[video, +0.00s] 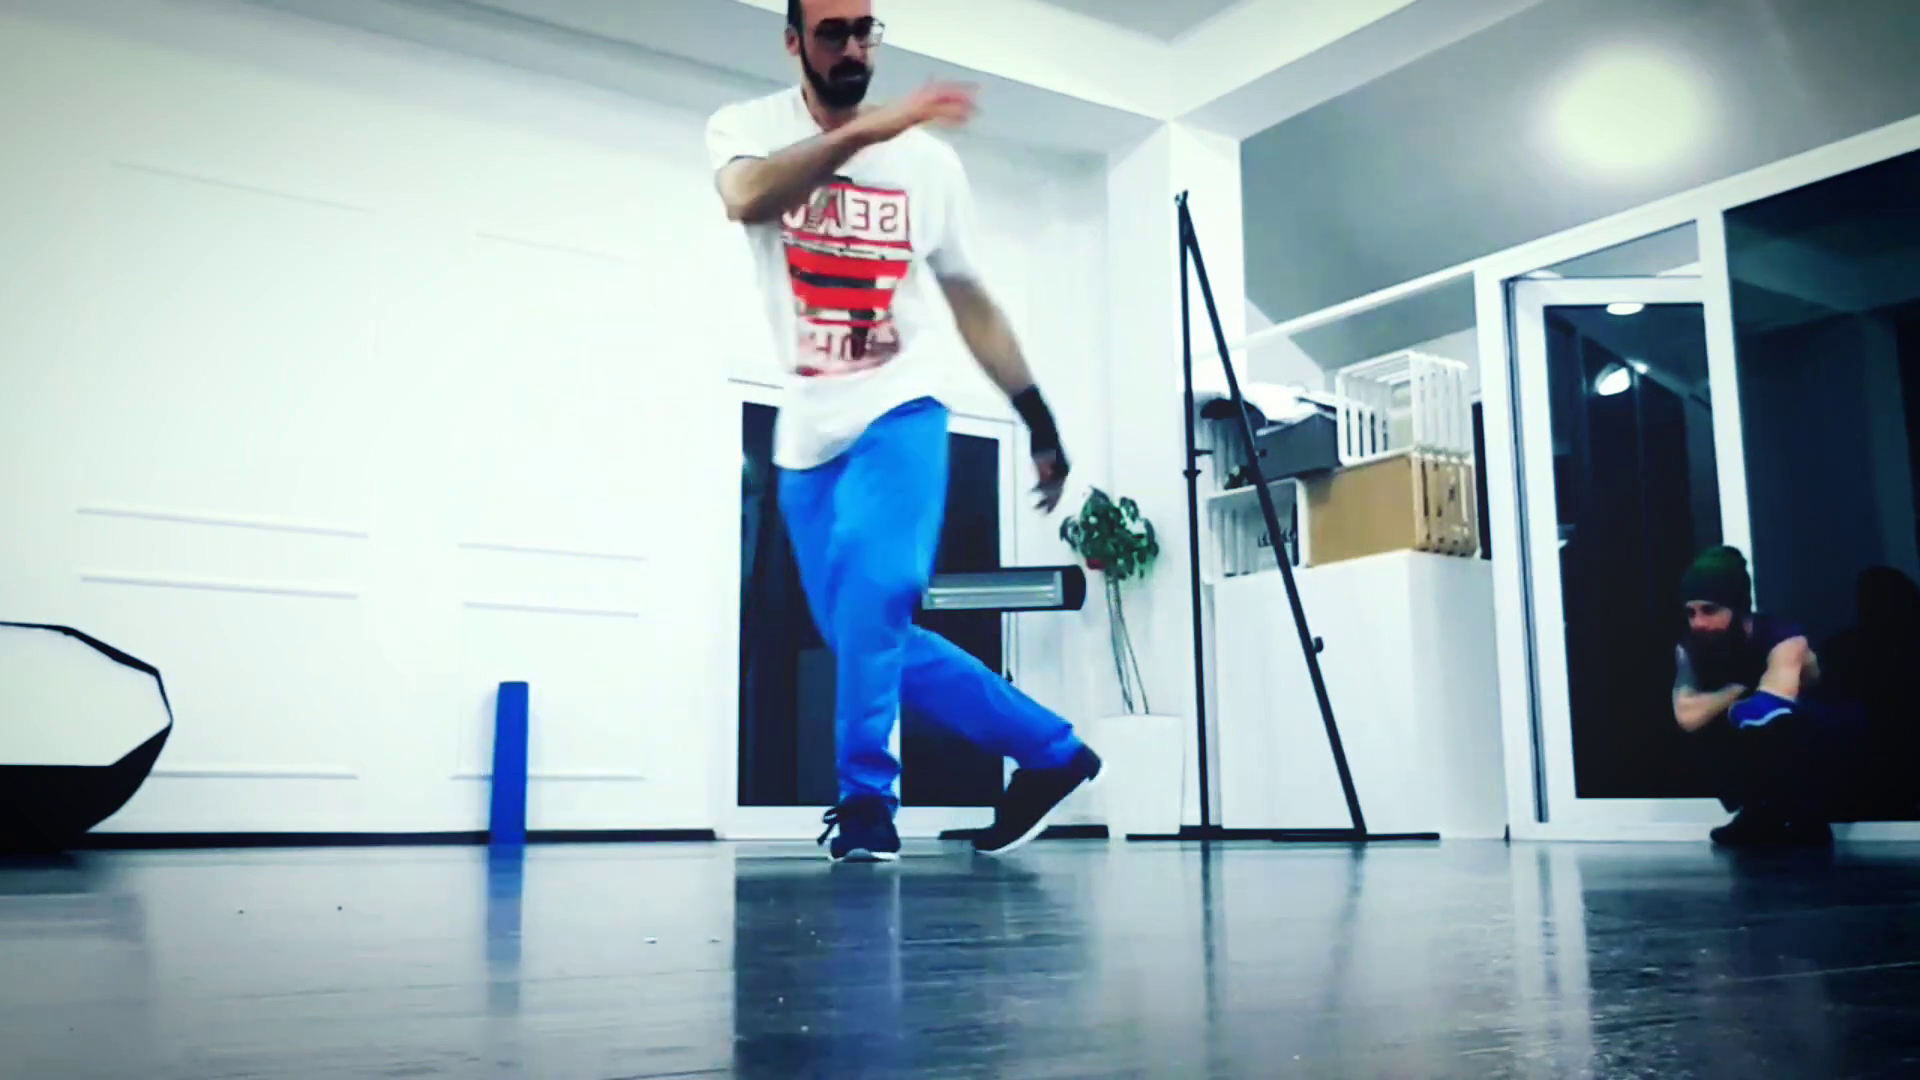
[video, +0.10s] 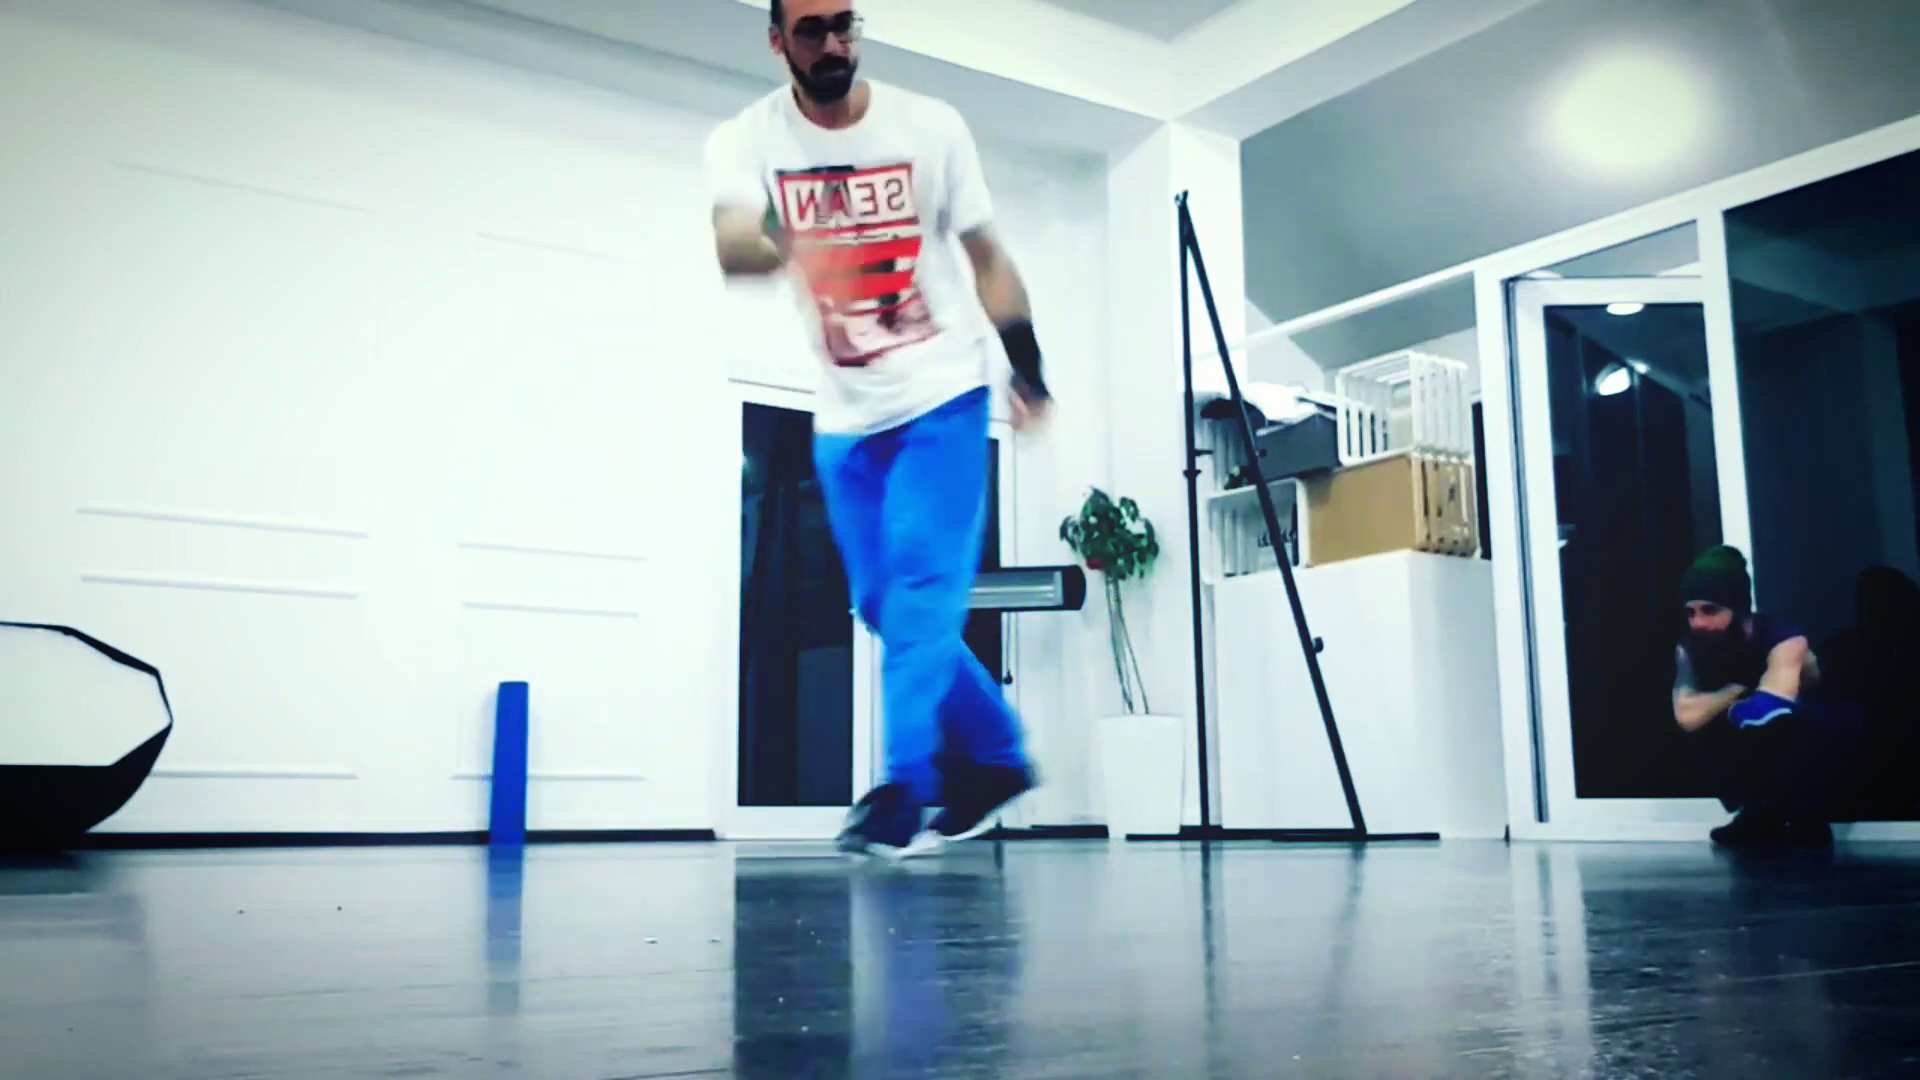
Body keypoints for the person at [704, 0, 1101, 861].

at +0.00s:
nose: (853, 51)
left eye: (864, 32)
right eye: (833, 33)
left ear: (878, 36)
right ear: (794, 40)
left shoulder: (927, 161)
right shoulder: (748, 129)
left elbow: (971, 301)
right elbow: (746, 198)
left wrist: (1037, 415)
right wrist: (869, 128)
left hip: (902, 405)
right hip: (803, 426)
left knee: (874, 590)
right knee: (859, 632)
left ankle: (866, 803)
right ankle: (1050, 751)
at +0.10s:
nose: (834, 46)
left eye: (845, 27)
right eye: (812, 31)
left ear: (862, 27)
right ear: (776, 38)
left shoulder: (931, 128)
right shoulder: (744, 141)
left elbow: (986, 252)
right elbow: (733, 251)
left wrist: (1027, 367)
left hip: (945, 392)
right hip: (845, 409)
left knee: (920, 587)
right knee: (885, 601)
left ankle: (903, 790)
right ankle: (995, 758)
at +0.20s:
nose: (822, 72)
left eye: (833, 52)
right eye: (801, 58)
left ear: (852, 53)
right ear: (772, 70)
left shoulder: (934, 141)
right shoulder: (763, 187)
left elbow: (1011, 270)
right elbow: (757, 335)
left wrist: (955, 327)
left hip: (968, 393)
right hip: (871, 417)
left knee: (954, 568)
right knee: (894, 606)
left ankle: (1015, 770)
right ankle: (941, 791)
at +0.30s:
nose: (826, 99)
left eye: (839, 81)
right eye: (806, 87)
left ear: (863, 85)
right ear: (784, 101)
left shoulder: (939, 172)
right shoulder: (782, 234)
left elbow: (1019, 296)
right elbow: (793, 372)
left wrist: (952, 304)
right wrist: (820, 485)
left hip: (986, 451)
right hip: (885, 465)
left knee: (997, 627)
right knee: (893, 649)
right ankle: (965, 804)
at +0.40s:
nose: (846, 75)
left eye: (859, 58)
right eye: (828, 62)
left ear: (884, 66)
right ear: (805, 78)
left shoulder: (956, 147)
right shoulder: (796, 201)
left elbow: (1045, 258)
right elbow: (802, 318)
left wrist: (963, 232)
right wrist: (832, 418)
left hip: (992, 416)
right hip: (894, 439)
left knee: (997, 583)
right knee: (917, 631)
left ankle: (1091, 563)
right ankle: (964, 803)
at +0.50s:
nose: (875, 38)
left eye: (890, 20)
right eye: (858, 23)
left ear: (913, 28)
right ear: (835, 35)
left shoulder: (980, 111)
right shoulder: (805, 146)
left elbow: (1075, 230)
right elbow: (789, 264)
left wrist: (1002, 185)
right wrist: (818, 359)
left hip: (993, 368)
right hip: (897, 391)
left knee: (976, 518)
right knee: (930, 588)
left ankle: (1050, 613)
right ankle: (986, 778)